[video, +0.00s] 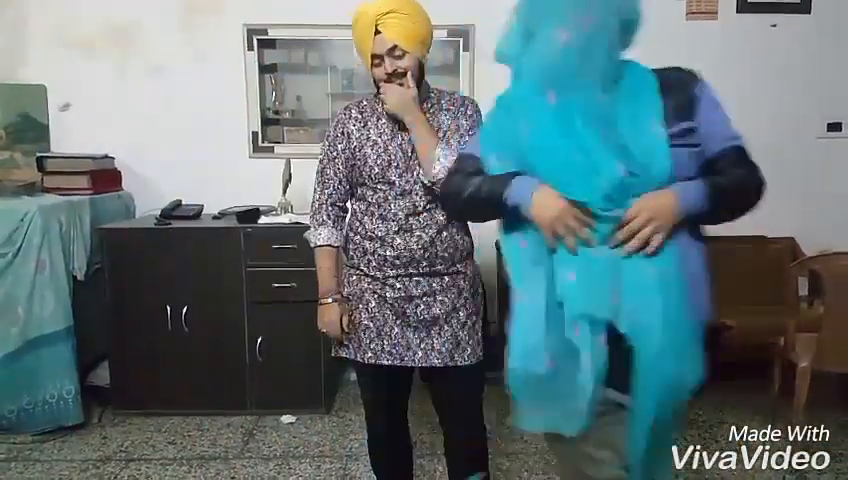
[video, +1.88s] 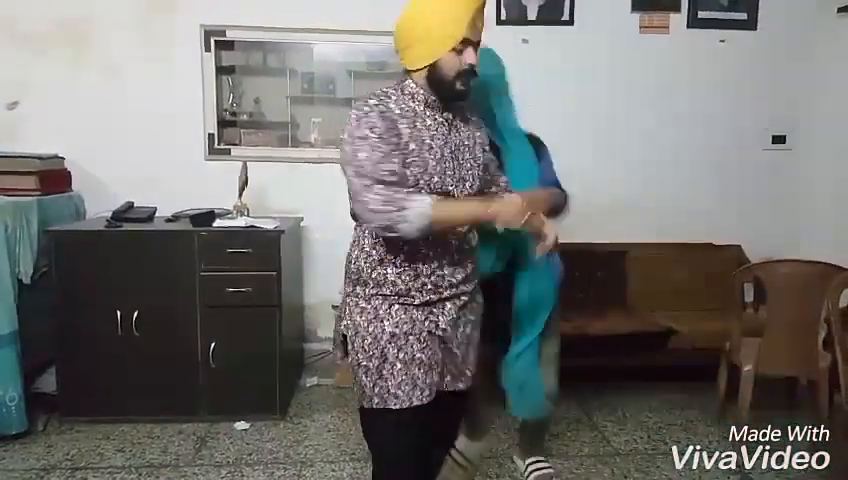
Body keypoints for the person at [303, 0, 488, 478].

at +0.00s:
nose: (388, 67)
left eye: (399, 55)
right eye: (377, 58)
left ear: (423, 53)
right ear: (367, 62)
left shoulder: (460, 113)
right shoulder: (350, 122)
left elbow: (466, 197)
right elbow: (328, 210)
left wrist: (414, 118)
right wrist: (328, 295)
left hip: (447, 291)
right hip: (374, 294)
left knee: (464, 426)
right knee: (384, 427)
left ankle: (470, 475)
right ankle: (393, 477)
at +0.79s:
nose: (439, 58)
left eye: (442, 48)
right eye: (426, 47)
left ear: (446, 54)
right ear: (394, 54)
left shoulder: (454, 121)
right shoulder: (347, 123)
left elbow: (486, 208)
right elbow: (318, 208)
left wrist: (473, 147)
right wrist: (367, 265)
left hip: (448, 299)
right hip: (373, 303)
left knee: (455, 440)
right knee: (379, 439)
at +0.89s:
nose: (444, 59)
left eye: (446, 49)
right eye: (433, 48)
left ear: (445, 54)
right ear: (399, 53)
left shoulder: (454, 121)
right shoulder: (351, 118)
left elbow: (477, 206)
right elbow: (327, 205)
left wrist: (494, 164)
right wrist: (405, 230)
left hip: (446, 300)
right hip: (372, 303)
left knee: (444, 437)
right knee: (375, 434)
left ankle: (432, 473)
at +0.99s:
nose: (452, 62)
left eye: (452, 51)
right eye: (441, 51)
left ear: (449, 57)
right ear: (407, 56)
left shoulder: (451, 122)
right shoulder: (357, 118)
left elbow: (470, 201)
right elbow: (361, 204)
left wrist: (516, 169)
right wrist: (447, 187)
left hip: (442, 300)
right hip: (372, 301)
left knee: (431, 439)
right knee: (373, 436)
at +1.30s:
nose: (474, 107)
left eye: (477, 100)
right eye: (470, 99)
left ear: (444, 87)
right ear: (444, 90)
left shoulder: (439, 123)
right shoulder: (381, 111)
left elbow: (449, 205)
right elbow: (406, 188)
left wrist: (470, 169)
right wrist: (461, 153)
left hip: (435, 296)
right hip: (389, 300)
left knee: (423, 433)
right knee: (391, 435)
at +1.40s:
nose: (472, 99)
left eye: (474, 90)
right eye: (469, 89)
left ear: (440, 79)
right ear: (442, 80)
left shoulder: (429, 121)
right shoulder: (385, 117)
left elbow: (446, 203)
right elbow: (426, 212)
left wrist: (485, 257)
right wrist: (487, 248)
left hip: (427, 302)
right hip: (389, 307)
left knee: (415, 443)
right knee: (399, 447)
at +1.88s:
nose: (473, 60)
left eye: (476, 47)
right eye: (463, 46)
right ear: (425, 46)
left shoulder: (473, 124)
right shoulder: (376, 116)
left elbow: (489, 192)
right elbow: (384, 209)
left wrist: (529, 218)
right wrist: (489, 211)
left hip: (457, 307)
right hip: (391, 310)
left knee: (436, 447)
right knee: (400, 460)